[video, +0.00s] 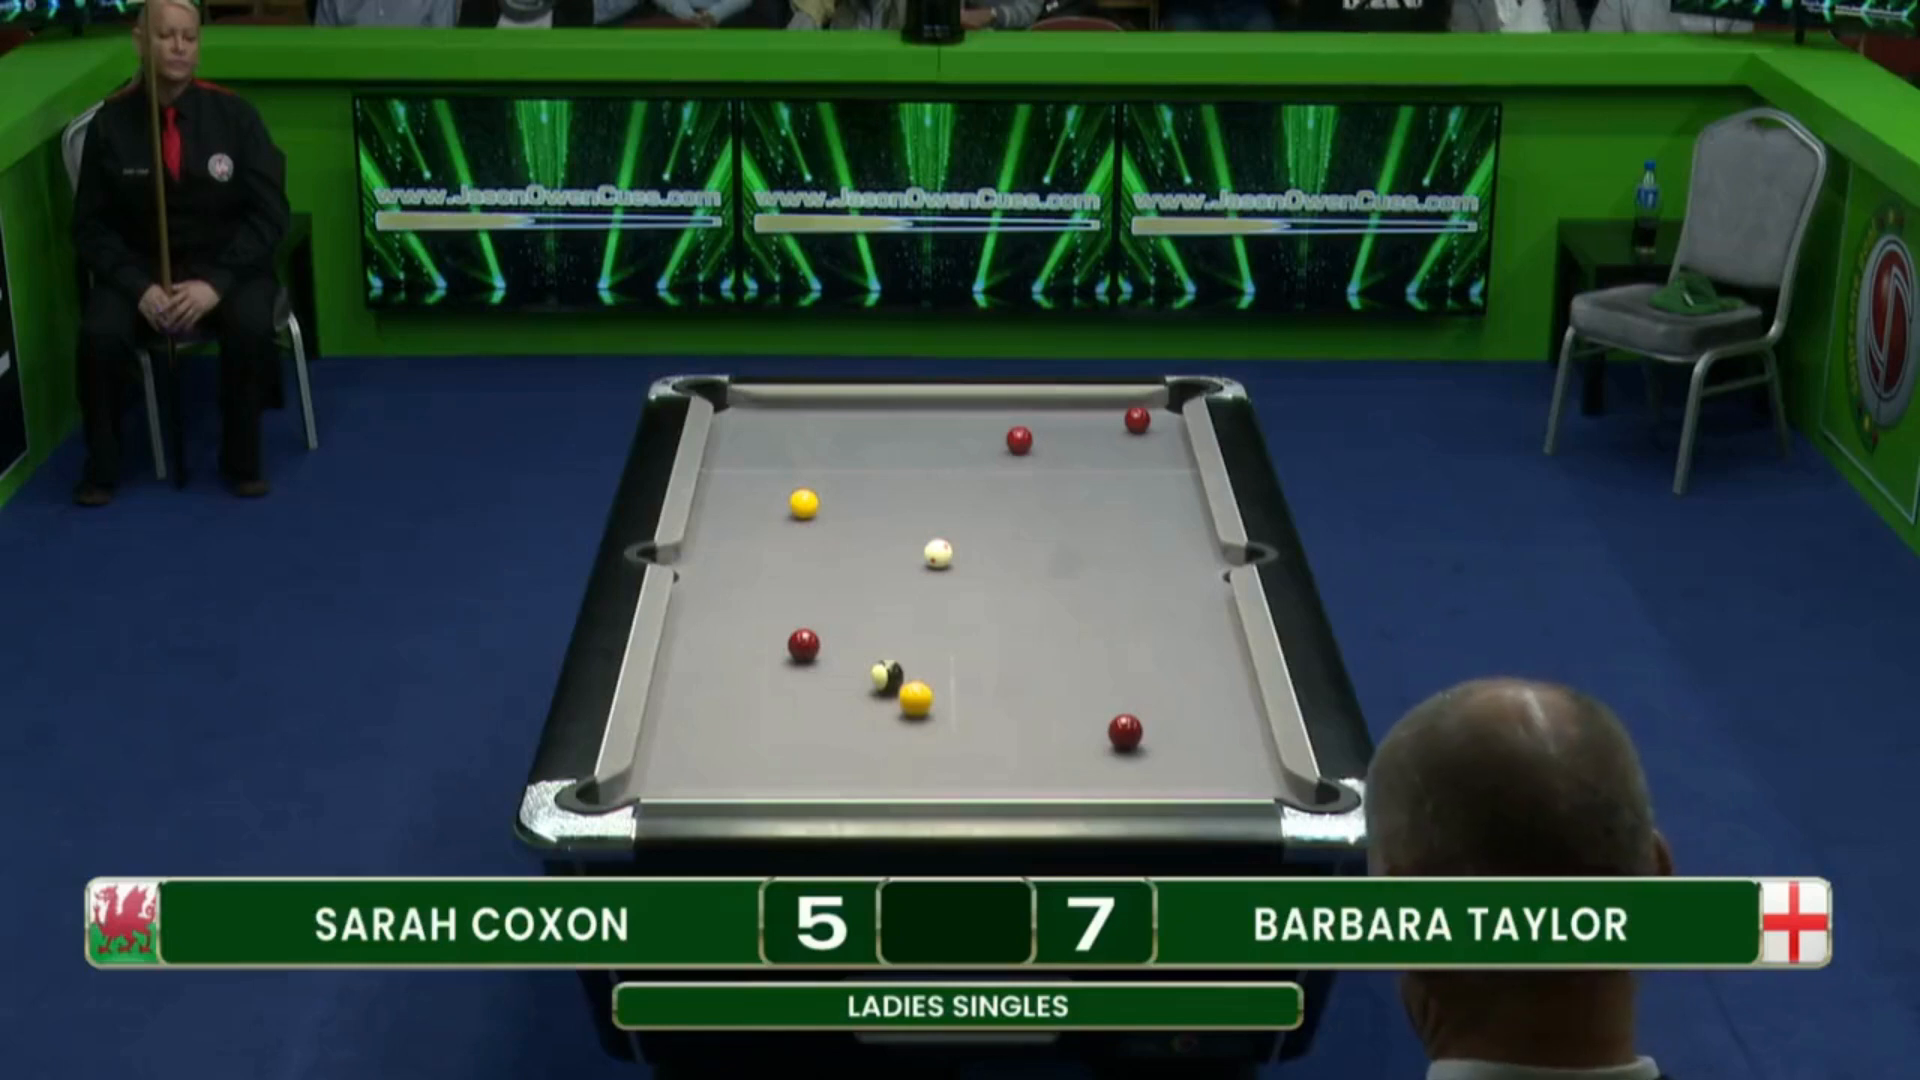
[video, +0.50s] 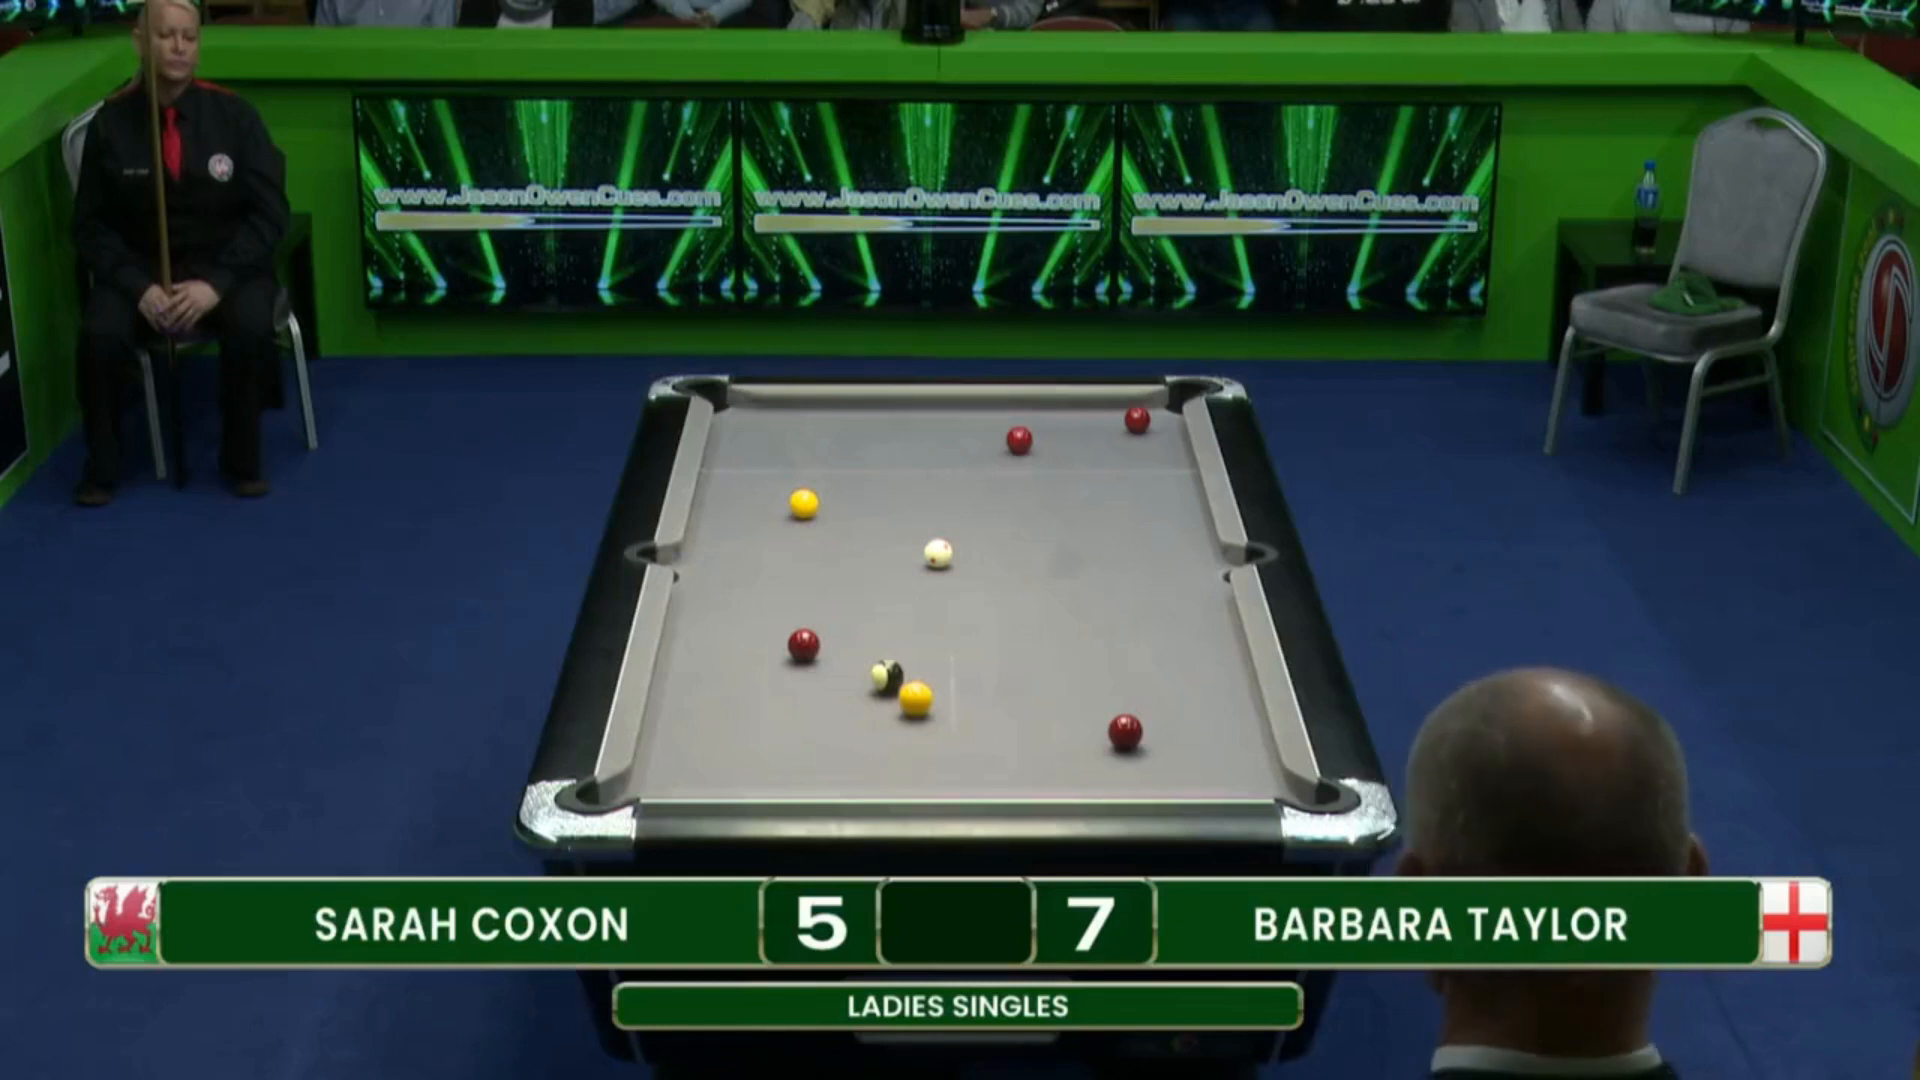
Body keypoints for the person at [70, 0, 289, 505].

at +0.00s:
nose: (180, 48)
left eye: (189, 37)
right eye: (166, 36)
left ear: (199, 44)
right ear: (141, 41)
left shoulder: (235, 115)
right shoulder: (111, 121)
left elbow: (269, 214)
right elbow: (90, 226)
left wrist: (213, 283)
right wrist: (140, 287)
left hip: (221, 267)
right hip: (138, 273)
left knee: (249, 327)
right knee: (102, 334)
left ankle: (243, 462)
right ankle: (102, 468)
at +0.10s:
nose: (180, 48)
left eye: (189, 37)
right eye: (166, 36)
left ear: (199, 44)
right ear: (141, 41)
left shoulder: (235, 115)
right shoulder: (111, 121)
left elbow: (269, 214)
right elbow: (90, 226)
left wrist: (213, 283)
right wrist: (140, 287)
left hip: (221, 267)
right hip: (138, 273)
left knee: (249, 327)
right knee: (102, 334)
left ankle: (243, 462)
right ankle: (101, 468)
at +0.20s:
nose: (180, 47)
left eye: (189, 37)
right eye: (166, 36)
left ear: (199, 44)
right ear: (141, 41)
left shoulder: (235, 115)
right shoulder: (111, 121)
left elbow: (269, 214)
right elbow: (90, 226)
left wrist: (213, 283)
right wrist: (140, 287)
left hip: (221, 267)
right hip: (138, 273)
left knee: (249, 327)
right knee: (102, 334)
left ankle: (243, 462)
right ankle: (101, 468)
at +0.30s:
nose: (180, 47)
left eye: (189, 37)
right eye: (166, 36)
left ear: (199, 44)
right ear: (141, 41)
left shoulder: (234, 115)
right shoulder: (111, 121)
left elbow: (269, 214)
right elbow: (90, 226)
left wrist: (213, 283)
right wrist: (140, 287)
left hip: (221, 268)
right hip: (138, 274)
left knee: (249, 327)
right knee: (102, 333)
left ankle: (243, 462)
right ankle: (101, 468)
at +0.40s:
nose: (180, 47)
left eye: (189, 37)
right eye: (166, 36)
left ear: (199, 44)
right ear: (141, 41)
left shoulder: (235, 115)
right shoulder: (111, 122)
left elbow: (269, 214)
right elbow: (90, 226)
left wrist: (213, 283)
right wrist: (140, 287)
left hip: (221, 268)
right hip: (138, 274)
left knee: (249, 327)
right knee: (102, 333)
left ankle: (243, 462)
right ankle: (101, 468)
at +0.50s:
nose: (180, 47)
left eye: (189, 37)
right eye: (166, 36)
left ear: (199, 44)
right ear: (141, 41)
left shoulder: (235, 115)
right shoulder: (111, 121)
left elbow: (269, 214)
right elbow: (90, 226)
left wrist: (213, 283)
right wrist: (140, 287)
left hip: (221, 268)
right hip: (138, 274)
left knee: (249, 327)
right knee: (102, 333)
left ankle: (243, 462)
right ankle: (101, 468)